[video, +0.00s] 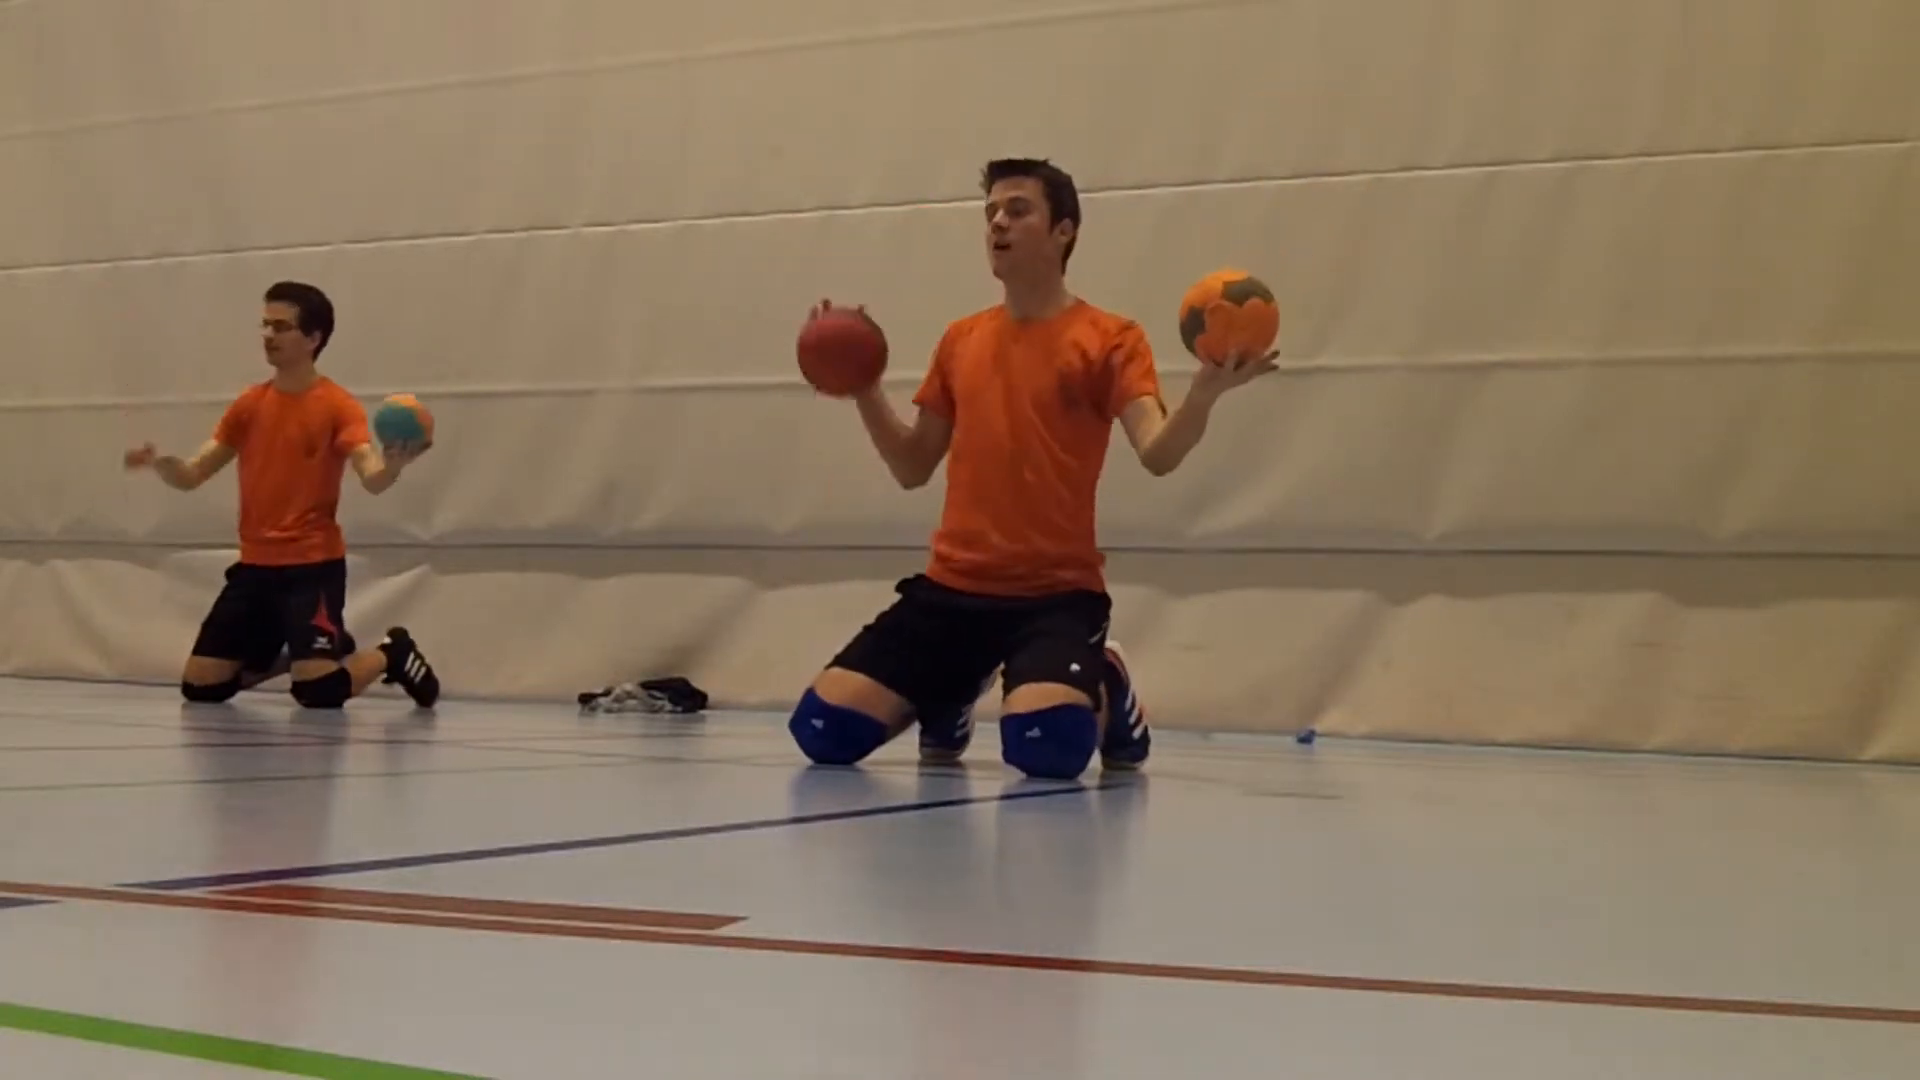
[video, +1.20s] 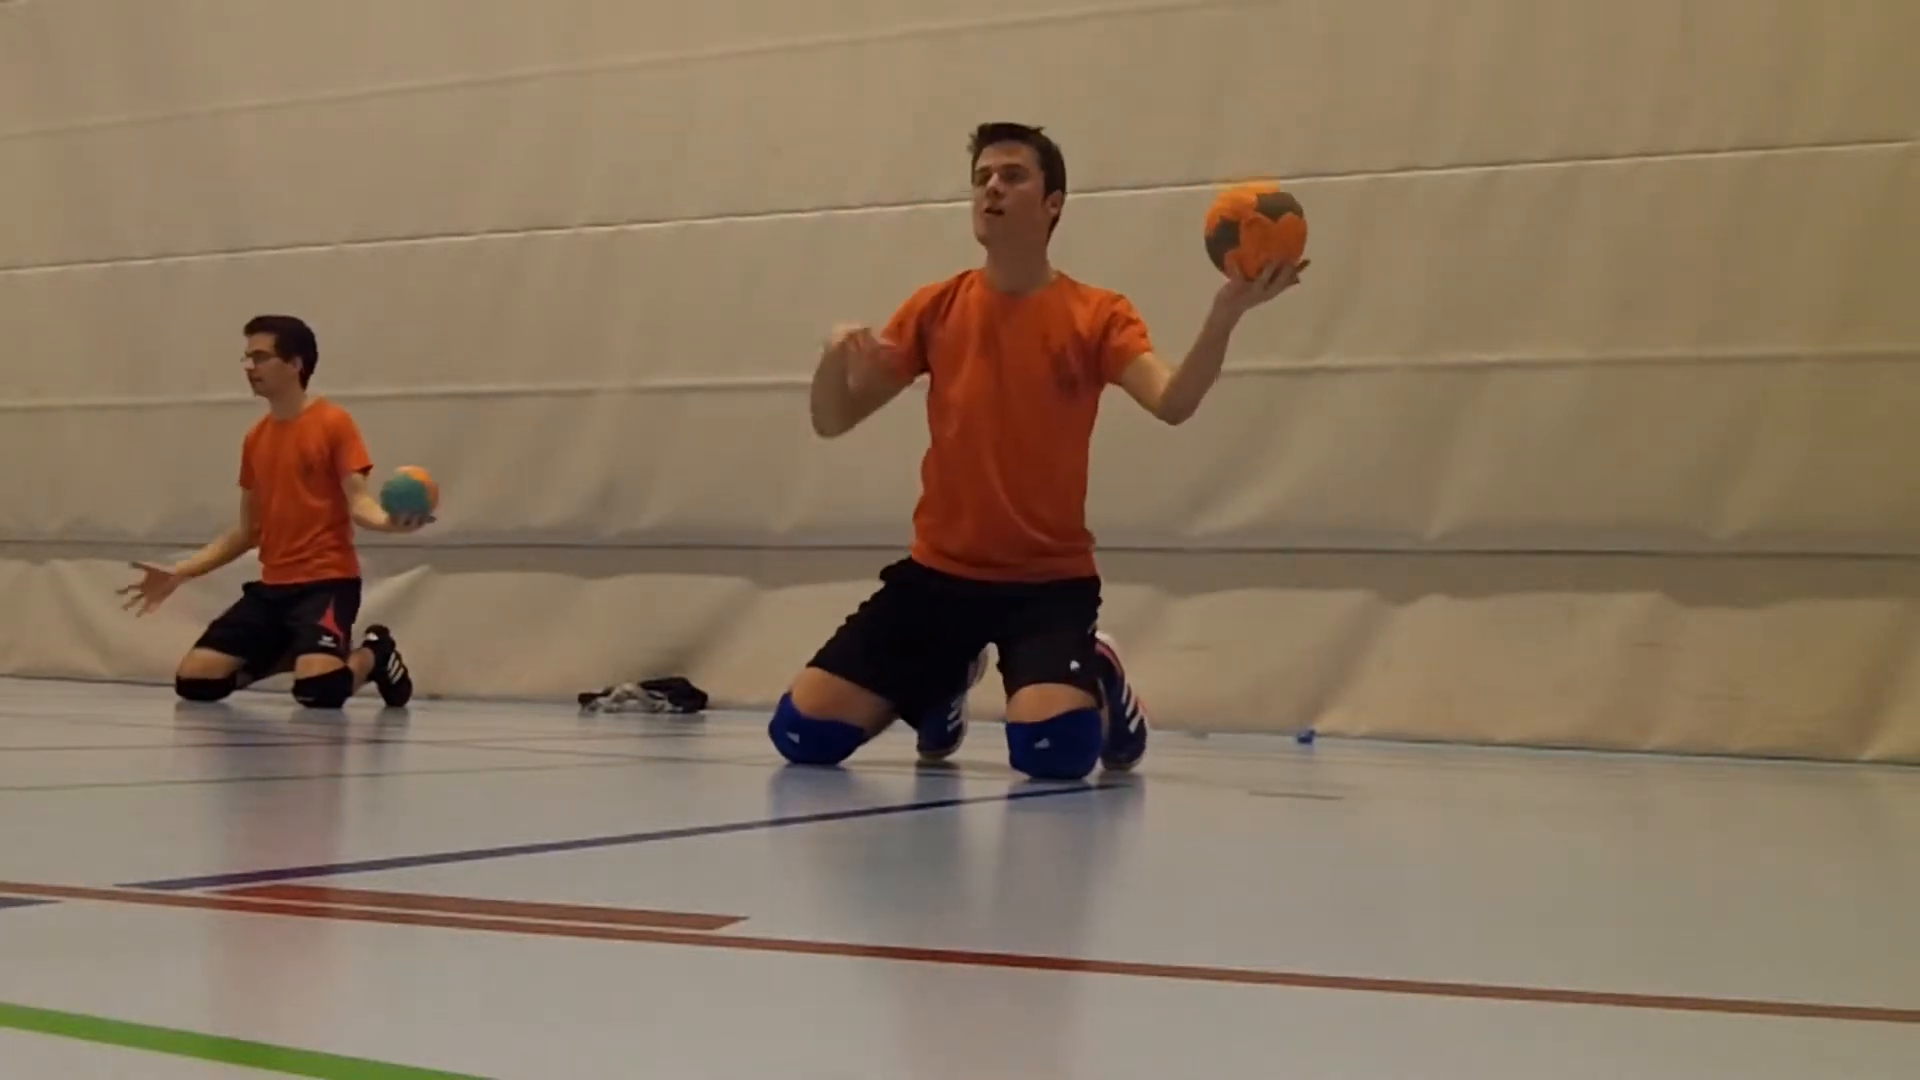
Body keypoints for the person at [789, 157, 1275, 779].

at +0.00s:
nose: (998, 223)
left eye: (1018, 209)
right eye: (992, 213)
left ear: (1063, 233)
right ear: (984, 232)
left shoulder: (1109, 339)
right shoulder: (962, 340)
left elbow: (1159, 453)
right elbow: (912, 464)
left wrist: (1204, 391)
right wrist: (860, 379)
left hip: (1058, 596)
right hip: (952, 590)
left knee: (1044, 751)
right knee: (821, 736)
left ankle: (1108, 683)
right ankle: (947, 683)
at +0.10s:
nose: (1000, 238)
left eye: (1020, 224)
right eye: (994, 228)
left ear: (1068, 243)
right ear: (988, 245)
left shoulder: (1112, 349)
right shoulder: (968, 346)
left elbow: (1147, 466)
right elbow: (941, 474)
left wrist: (1184, 405)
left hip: (1059, 602)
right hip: (956, 597)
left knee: (1044, 749)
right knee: (822, 734)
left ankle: (1107, 684)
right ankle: (945, 686)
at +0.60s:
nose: (978, 245)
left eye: (997, 230)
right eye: (970, 234)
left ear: (1043, 246)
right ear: (964, 253)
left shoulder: (1102, 342)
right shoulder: (970, 363)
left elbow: (1148, 454)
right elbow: (939, 495)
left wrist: (1170, 362)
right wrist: (886, 399)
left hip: (1059, 608)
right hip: (953, 603)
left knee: (1052, 750)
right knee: (810, 734)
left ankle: (1110, 688)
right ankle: (936, 688)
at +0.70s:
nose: (990, 234)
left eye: (1010, 221)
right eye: (982, 222)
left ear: (1052, 243)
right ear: (972, 240)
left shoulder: (1101, 342)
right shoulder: (950, 352)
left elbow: (1145, 439)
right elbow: (841, 428)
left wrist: (1169, 337)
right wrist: (868, 304)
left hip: (1060, 608)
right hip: (950, 603)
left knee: (1053, 749)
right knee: (802, 734)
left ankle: (1110, 690)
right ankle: (938, 689)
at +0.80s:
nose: (1003, 220)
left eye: (1024, 209)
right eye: (994, 207)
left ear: (1061, 233)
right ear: (980, 224)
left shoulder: (1095, 338)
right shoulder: (941, 325)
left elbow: (1145, 421)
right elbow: (818, 324)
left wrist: (1177, 320)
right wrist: (825, 180)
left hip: (1055, 601)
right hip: (945, 596)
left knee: (1053, 751)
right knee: (801, 734)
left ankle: (1103, 687)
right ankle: (939, 685)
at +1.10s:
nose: (1000, 181)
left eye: (1021, 168)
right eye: (990, 170)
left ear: (1059, 198)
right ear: (975, 194)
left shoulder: (1093, 309)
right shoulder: (937, 290)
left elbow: (1167, 388)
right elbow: (815, 353)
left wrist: (1217, 290)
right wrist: (861, 271)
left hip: (1045, 573)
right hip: (933, 565)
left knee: (1047, 755)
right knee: (800, 739)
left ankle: (1095, 680)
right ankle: (931, 674)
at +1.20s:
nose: (990, 190)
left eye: (1012, 177)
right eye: (981, 179)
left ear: (1053, 205)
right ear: (970, 202)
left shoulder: (1094, 316)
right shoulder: (937, 308)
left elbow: (1174, 401)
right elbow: (832, 418)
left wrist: (1226, 310)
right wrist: (836, 357)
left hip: (1050, 582)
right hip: (938, 575)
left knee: (1051, 755)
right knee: (800, 739)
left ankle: (1100, 679)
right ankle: (939, 677)